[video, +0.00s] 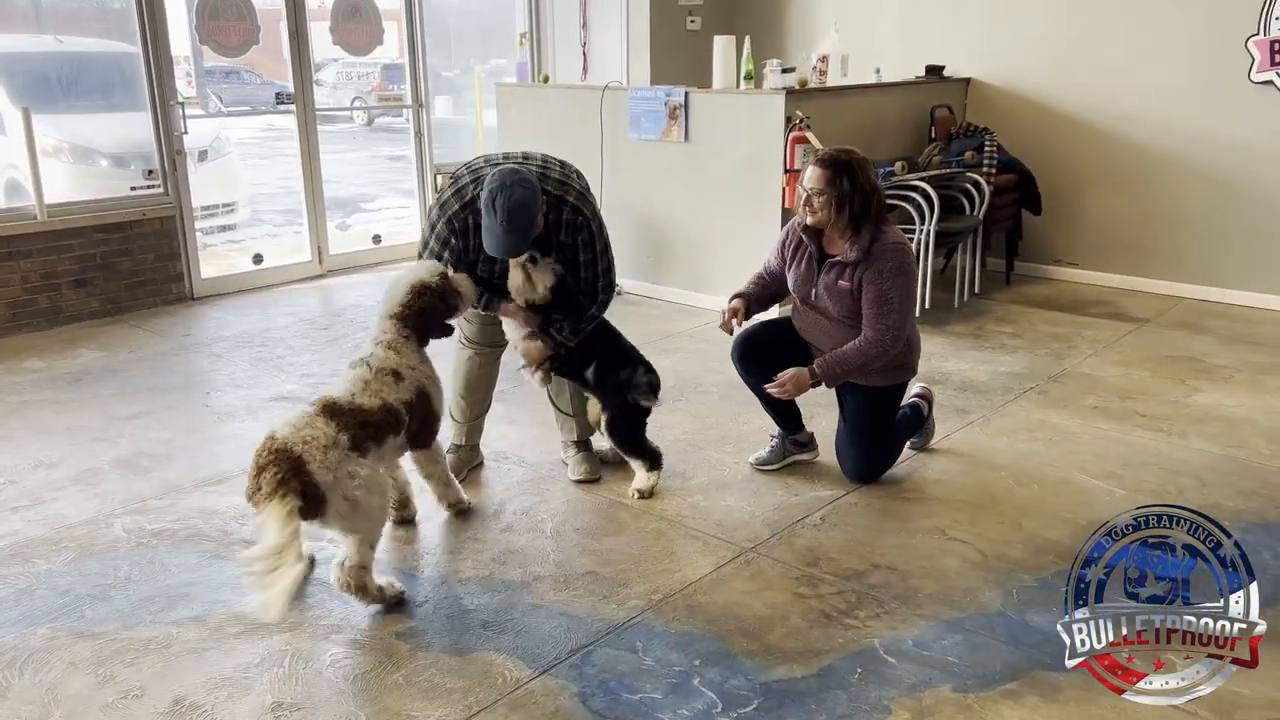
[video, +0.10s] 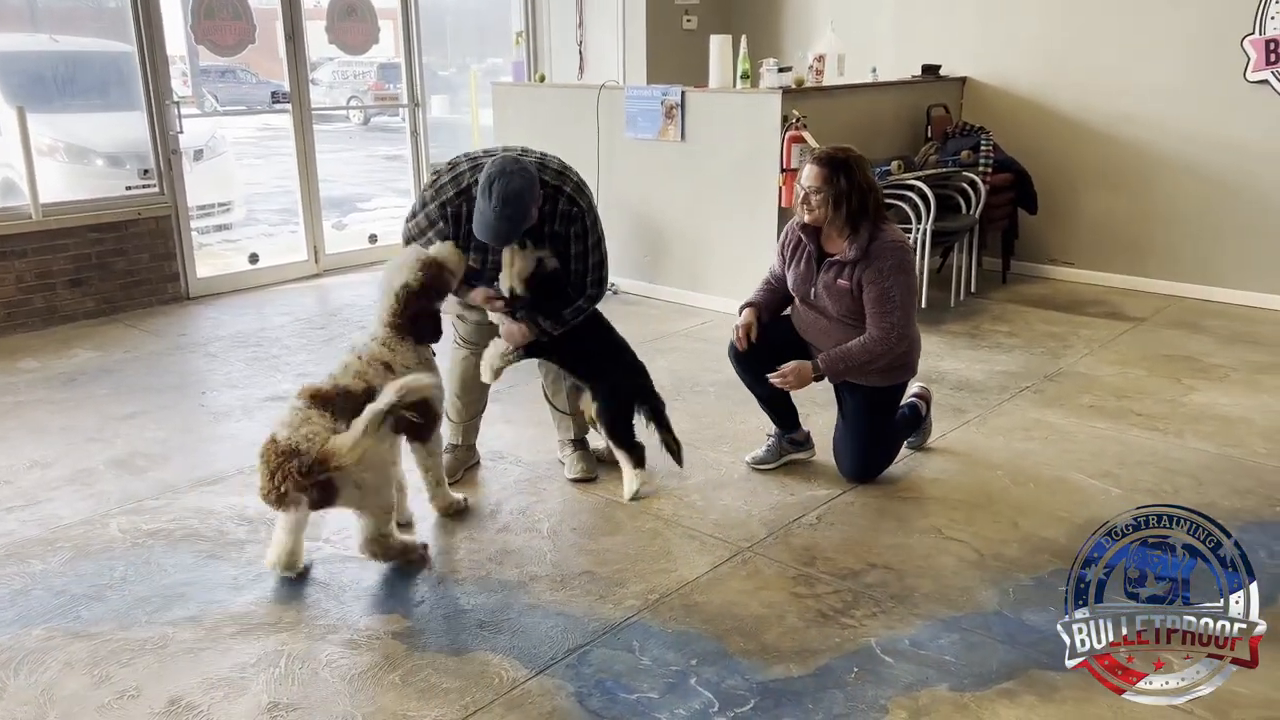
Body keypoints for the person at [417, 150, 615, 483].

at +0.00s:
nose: (512, 255)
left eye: (521, 247)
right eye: (503, 249)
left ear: (540, 216)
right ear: (482, 212)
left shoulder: (576, 209)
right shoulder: (454, 208)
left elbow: (599, 290)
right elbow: (432, 275)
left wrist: (549, 342)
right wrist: (501, 307)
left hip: (556, 262)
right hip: (482, 264)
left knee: (562, 349)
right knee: (477, 343)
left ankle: (577, 445)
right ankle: (463, 446)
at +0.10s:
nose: (504, 244)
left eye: (515, 235)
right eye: (494, 237)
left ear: (536, 205)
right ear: (480, 197)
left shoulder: (573, 202)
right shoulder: (446, 193)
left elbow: (592, 287)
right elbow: (415, 250)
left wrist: (533, 328)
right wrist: (466, 291)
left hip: (549, 278)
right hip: (476, 277)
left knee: (560, 354)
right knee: (467, 353)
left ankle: (573, 444)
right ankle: (459, 447)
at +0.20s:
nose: (498, 232)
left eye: (507, 224)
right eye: (488, 223)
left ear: (531, 196)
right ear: (475, 181)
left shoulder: (569, 199)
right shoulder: (444, 175)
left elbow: (587, 286)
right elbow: (393, 219)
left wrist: (530, 327)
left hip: (543, 280)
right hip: (469, 274)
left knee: (556, 362)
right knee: (466, 356)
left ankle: (570, 444)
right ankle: (457, 447)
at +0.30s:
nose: (485, 212)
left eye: (497, 207)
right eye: (478, 202)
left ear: (525, 187)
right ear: (470, 174)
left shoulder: (562, 193)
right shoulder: (443, 169)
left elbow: (588, 278)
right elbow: (380, 215)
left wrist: (532, 319)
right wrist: (332, 275)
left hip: (539, 289)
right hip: (470, 280)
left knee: (551, 366)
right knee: (464, 355)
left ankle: (568, 446)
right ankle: (454, 446)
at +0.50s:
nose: (486, 188)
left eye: (496, 179)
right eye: (475, 179)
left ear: (514, 157)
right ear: (456, 158)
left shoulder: (546, 167)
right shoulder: (430, 162)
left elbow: (581, 253)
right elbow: (368, 218)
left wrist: (524, 286)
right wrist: (353, 264)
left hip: (536, 279)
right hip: (465, 278)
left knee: (548, 362)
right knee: (462, 347)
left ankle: (564, 447)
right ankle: (450, 451)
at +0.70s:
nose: (474, 193)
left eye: (482, 183)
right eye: (461, 186)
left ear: (500, 156)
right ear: (441, 162)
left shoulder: (539, 164)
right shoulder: (420, 160)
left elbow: (579, 250)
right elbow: (352, 222)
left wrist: (520, 278)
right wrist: (396, 266)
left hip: (529, 281)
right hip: (455, 283)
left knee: (543, 358)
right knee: (455, 359)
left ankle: (564, 447)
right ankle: (447, 461)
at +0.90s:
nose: (474, 221)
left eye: (483, 209)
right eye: (463, 214)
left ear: (501, 172)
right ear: (441, 179)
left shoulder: (539, 171)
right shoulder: (417, 169)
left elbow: (592, 249)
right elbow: (370, 242)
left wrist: (533, 291)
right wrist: (422, 255)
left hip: (531, 281)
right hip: (456, 281)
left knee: (545, 352)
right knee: (453, 362)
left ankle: (562, 446)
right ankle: (449, 461)